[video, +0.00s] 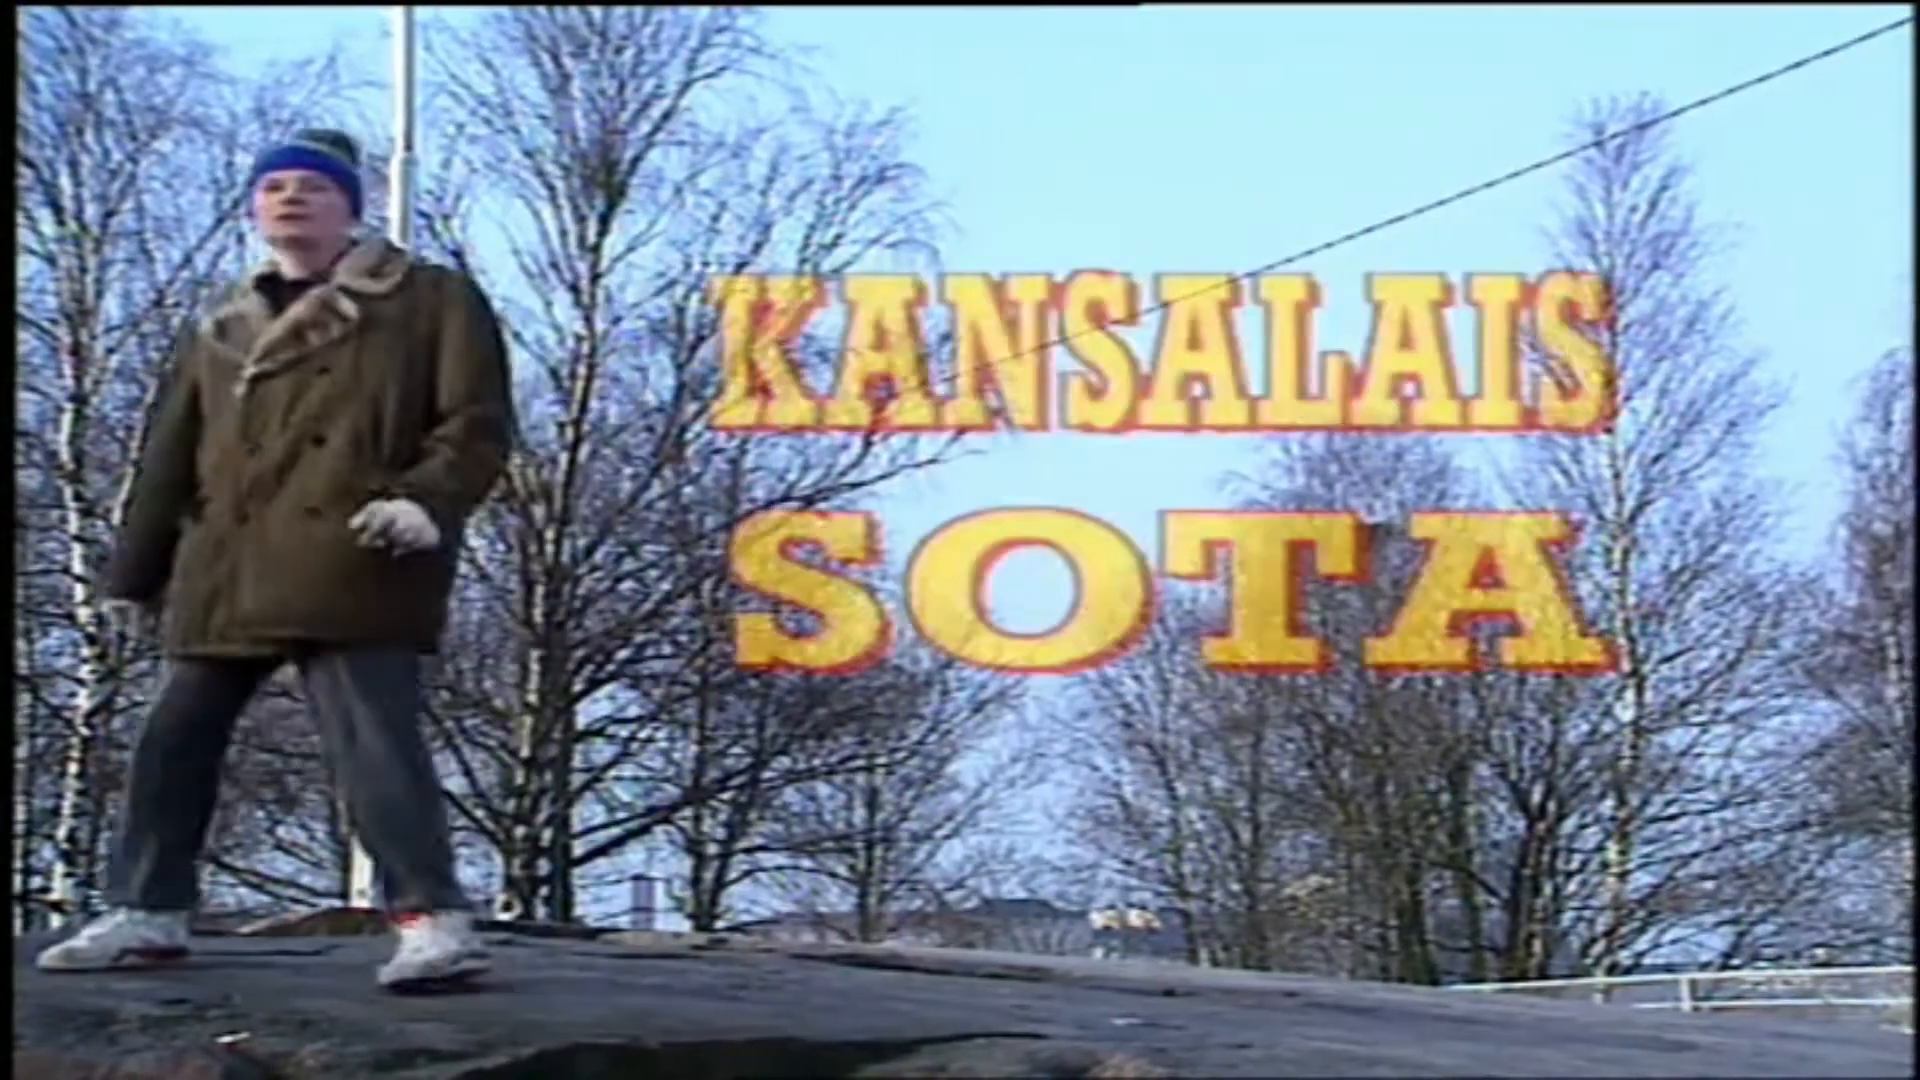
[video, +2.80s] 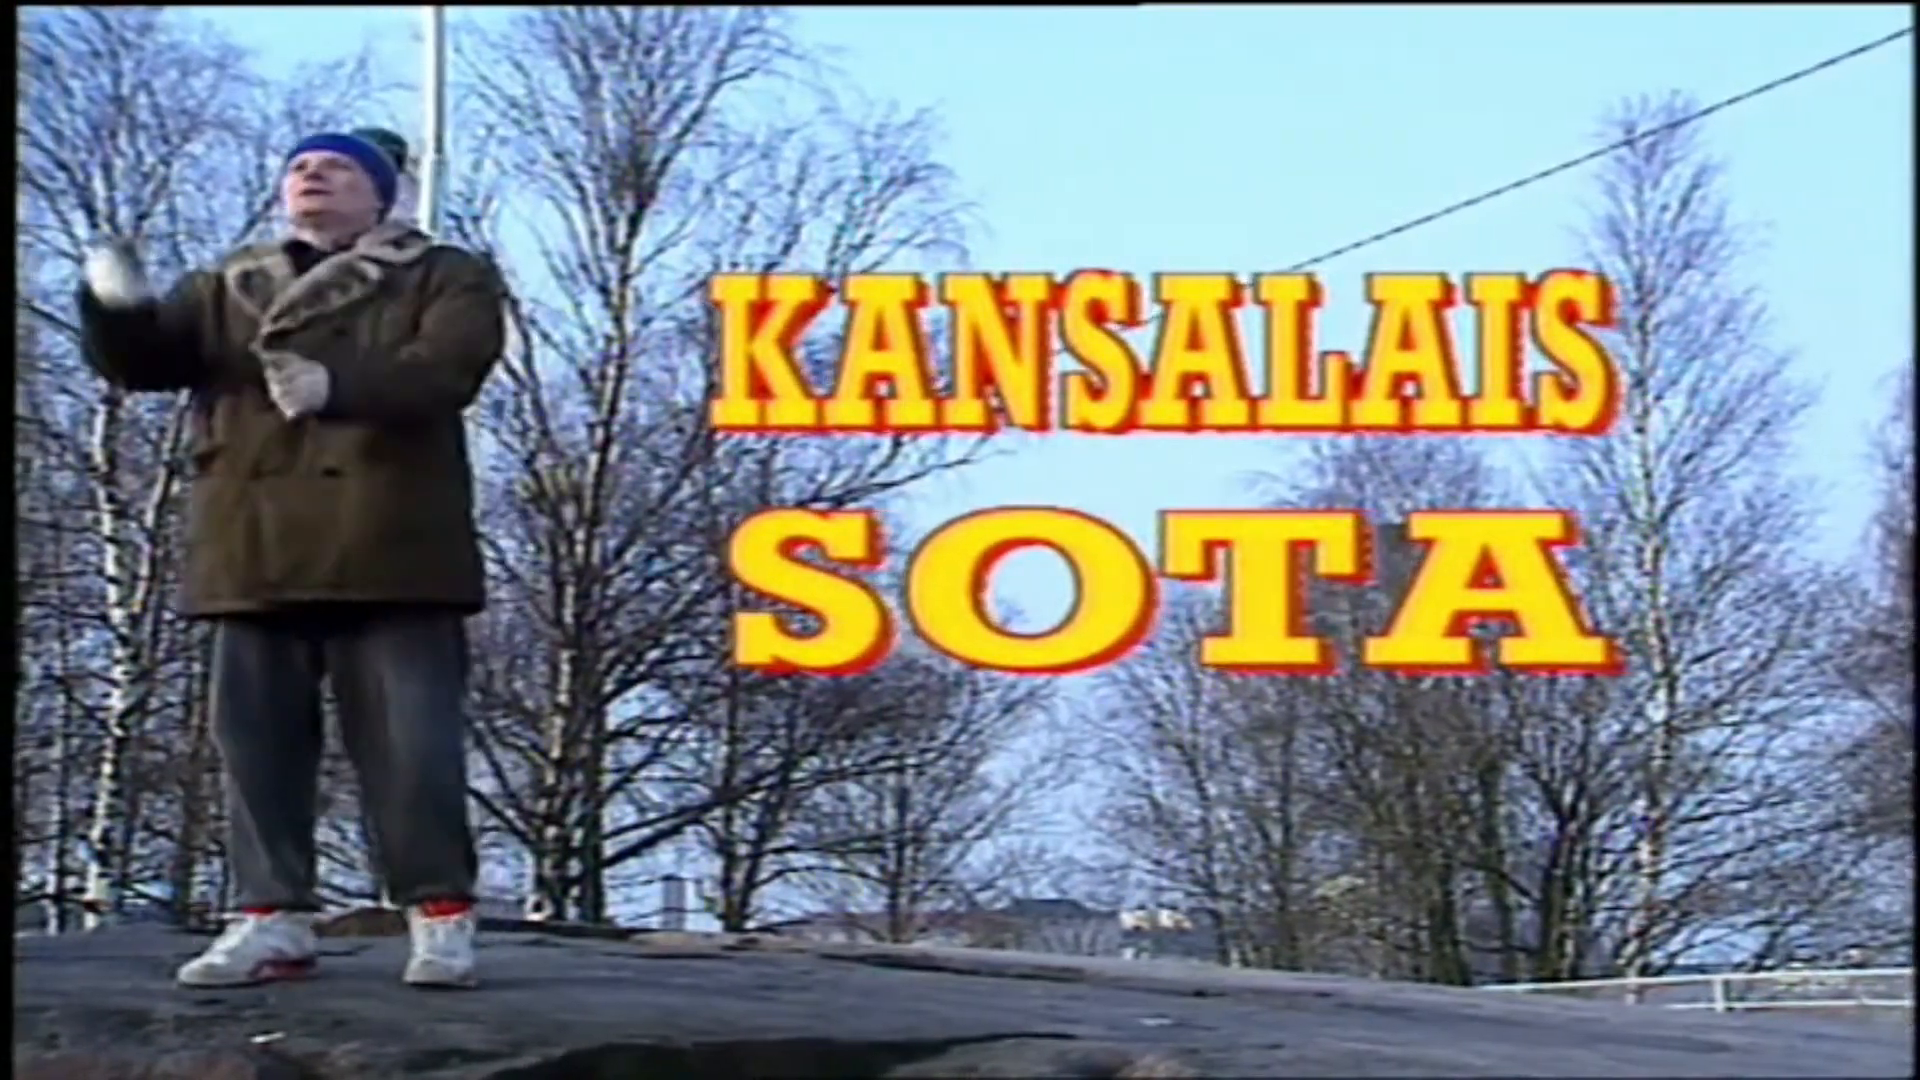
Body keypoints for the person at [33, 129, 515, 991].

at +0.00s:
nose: (286, 205)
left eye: (308, 193)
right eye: (272, 193)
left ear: (351, 210)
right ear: (253, 212)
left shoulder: (432, 300)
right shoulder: (221, 331)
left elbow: (478, 424)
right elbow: (167, 464)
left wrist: (429, 498)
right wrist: (130, 573)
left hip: (356, 565)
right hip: (231, 570)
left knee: (373, 741)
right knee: (175, 732)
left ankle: (432, 918)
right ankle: (149, 913)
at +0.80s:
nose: (326, 208)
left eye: (337, 194)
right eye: (331, 193)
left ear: (375, 204)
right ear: (385, 206)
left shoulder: (473, 291)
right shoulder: (342, 307)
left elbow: (503, 436)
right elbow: (299, 438)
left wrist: (407, 521)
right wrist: (231, 517)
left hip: (419, 573)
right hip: (307, 568)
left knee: (428, 746)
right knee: (267, 733)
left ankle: (451, 919)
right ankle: (231, 910)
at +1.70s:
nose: (337, 182)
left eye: (361, 173)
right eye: (326, 172)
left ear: (404, 203)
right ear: (308, 199)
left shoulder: (468, 296)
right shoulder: (256, 309)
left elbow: (494, 409)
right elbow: (193, 423)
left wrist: (415, 462)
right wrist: (122, 486)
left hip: (404, 573)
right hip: (270, 574)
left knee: (428, 750)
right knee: (242, 742)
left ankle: (461, 918)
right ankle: (237, 913)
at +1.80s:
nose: (328, 183)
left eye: (352, 174)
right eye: (316, 174)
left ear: (394, 202)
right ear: (296, 202)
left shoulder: (459, 292)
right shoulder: (239, 310)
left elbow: (506, 377)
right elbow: (163, 397)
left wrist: (424, 407)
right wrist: (96, 436)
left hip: (408, 576)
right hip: (270, 577)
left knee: (428, 747)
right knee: (240, 735)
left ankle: (457, 915)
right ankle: (235, 914)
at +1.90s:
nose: (328, 184)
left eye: (351, 175)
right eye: (316, 175)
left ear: (392, 202)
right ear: (294, 202)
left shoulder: (446, 281)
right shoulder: (243, 301)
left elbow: (508, 352)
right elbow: (160, 362)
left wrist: (422, 322)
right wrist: (99, 348)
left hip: (407, 555)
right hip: (267, 559)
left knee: (419, 740)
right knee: (240, 729)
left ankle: (443, 916)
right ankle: (237, 914)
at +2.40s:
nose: (361, 179)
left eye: (384, 173)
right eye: (347, 172)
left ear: (425, 204)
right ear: (327, 203)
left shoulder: (472, 274)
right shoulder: (276, 283)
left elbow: (515, 338)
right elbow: (201, 382)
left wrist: (396, 285)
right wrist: (201, 361)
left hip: (425, 544)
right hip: (285, 546)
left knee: (434, 738)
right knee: (266, 730)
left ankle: (450, 917)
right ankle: (268, 912)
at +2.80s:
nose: (309, 175)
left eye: (333, 165)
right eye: (297, 168)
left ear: (385, 195)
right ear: (279, 199)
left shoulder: (446, 273)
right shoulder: (236, 284)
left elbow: (447, 372)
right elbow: (141, 359)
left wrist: (336, 383)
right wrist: (116, 306)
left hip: (396, 558)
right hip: (255, 560)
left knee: (412, 742)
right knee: (257, 744)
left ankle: (440, 914)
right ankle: (274, 917)